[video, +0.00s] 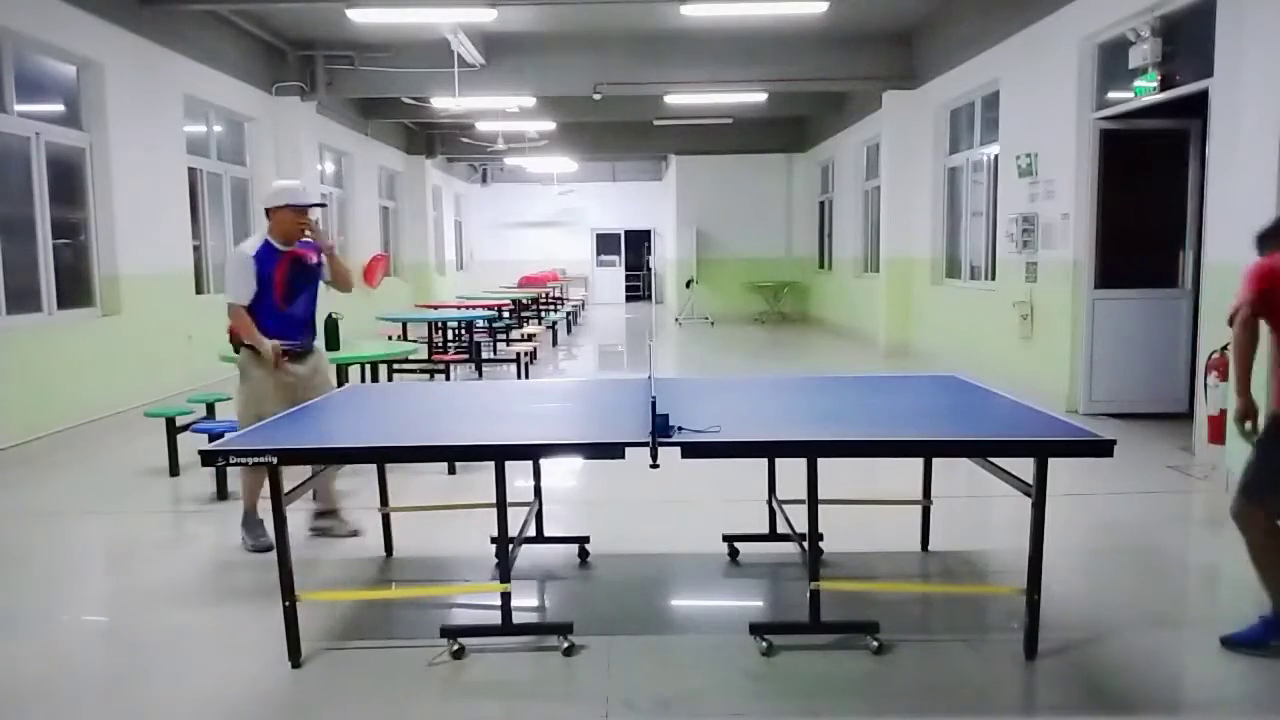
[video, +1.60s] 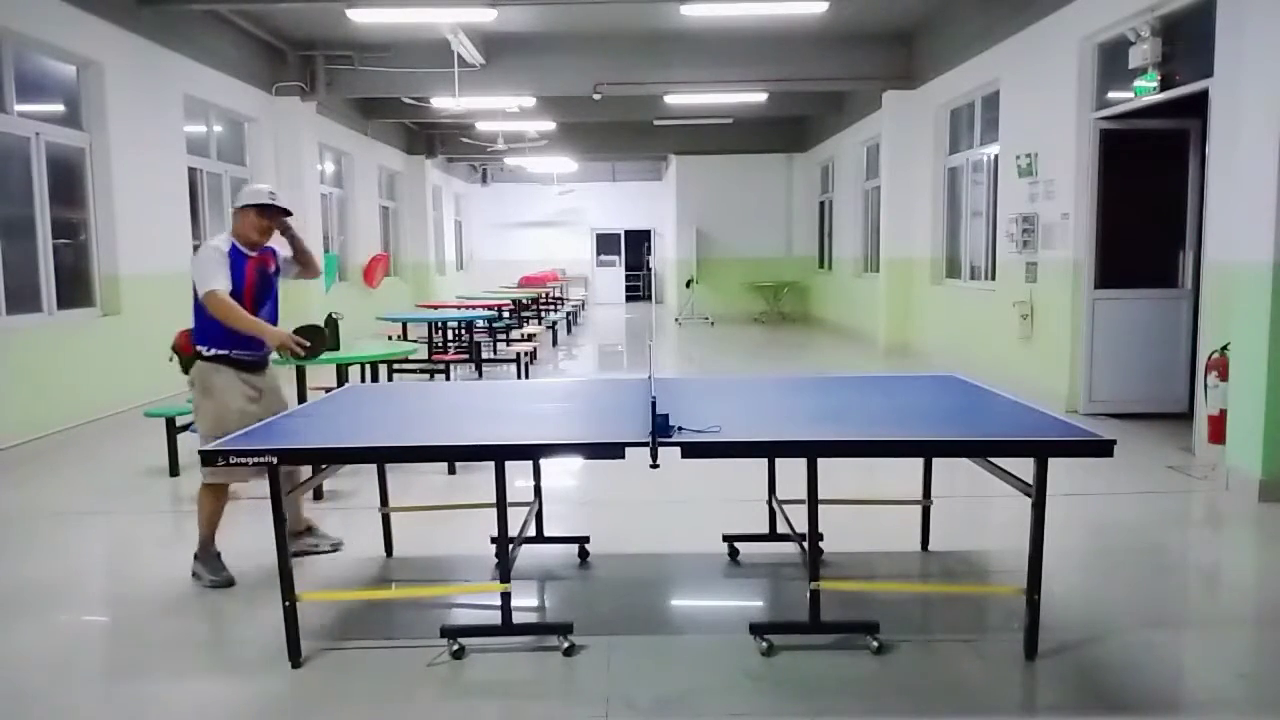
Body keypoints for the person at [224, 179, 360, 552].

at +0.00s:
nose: (306, 219)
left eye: (307, 213)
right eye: (298, 213)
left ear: (308, 216)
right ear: (274, 214)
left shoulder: (311, 251)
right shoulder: (248, 255)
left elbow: (346, 285)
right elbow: (236, 312)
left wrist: (327, 250)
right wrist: (261, 344)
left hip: (308, 359)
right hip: (262, 362)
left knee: (327, 432)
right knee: (257, 441)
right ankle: (251, 519)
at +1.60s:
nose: (271, 228)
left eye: (275, 223)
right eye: (265, 220)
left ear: (273, 225)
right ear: (241, 215)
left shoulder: (271, 254)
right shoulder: (213, 253)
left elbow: (311, 270)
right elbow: (218, 305)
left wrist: (290, 235)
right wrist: (270, 333)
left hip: (260, 374)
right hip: (219, 374)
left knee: (288, 452)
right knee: (221, 466)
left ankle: (296, 530)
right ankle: (205, 553)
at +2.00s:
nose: (242, 212)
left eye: (242, 205)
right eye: (232, 205)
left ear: (235, 209)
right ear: (205, 210)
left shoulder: (241, 248)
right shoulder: (189, 251)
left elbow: (252, 301)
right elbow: (206, 310)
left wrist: (287, 324)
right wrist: (258, 343)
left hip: (252, 368)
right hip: (210, 372)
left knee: (275, 448)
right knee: (210, 463)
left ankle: (276, 525)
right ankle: (204, 552)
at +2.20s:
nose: (250, 214)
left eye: (251, 207)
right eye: (241, 207)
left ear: (244, 210)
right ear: (214, 211)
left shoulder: (250, 249)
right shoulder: (193, 250)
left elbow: (252, 308)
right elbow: (207, 309)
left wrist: (272, 341)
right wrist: (263, 338)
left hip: (259, 367)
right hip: (215, 371)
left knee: (290, 438)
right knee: (212, 462)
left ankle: (293, 518)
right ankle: (205, 551)